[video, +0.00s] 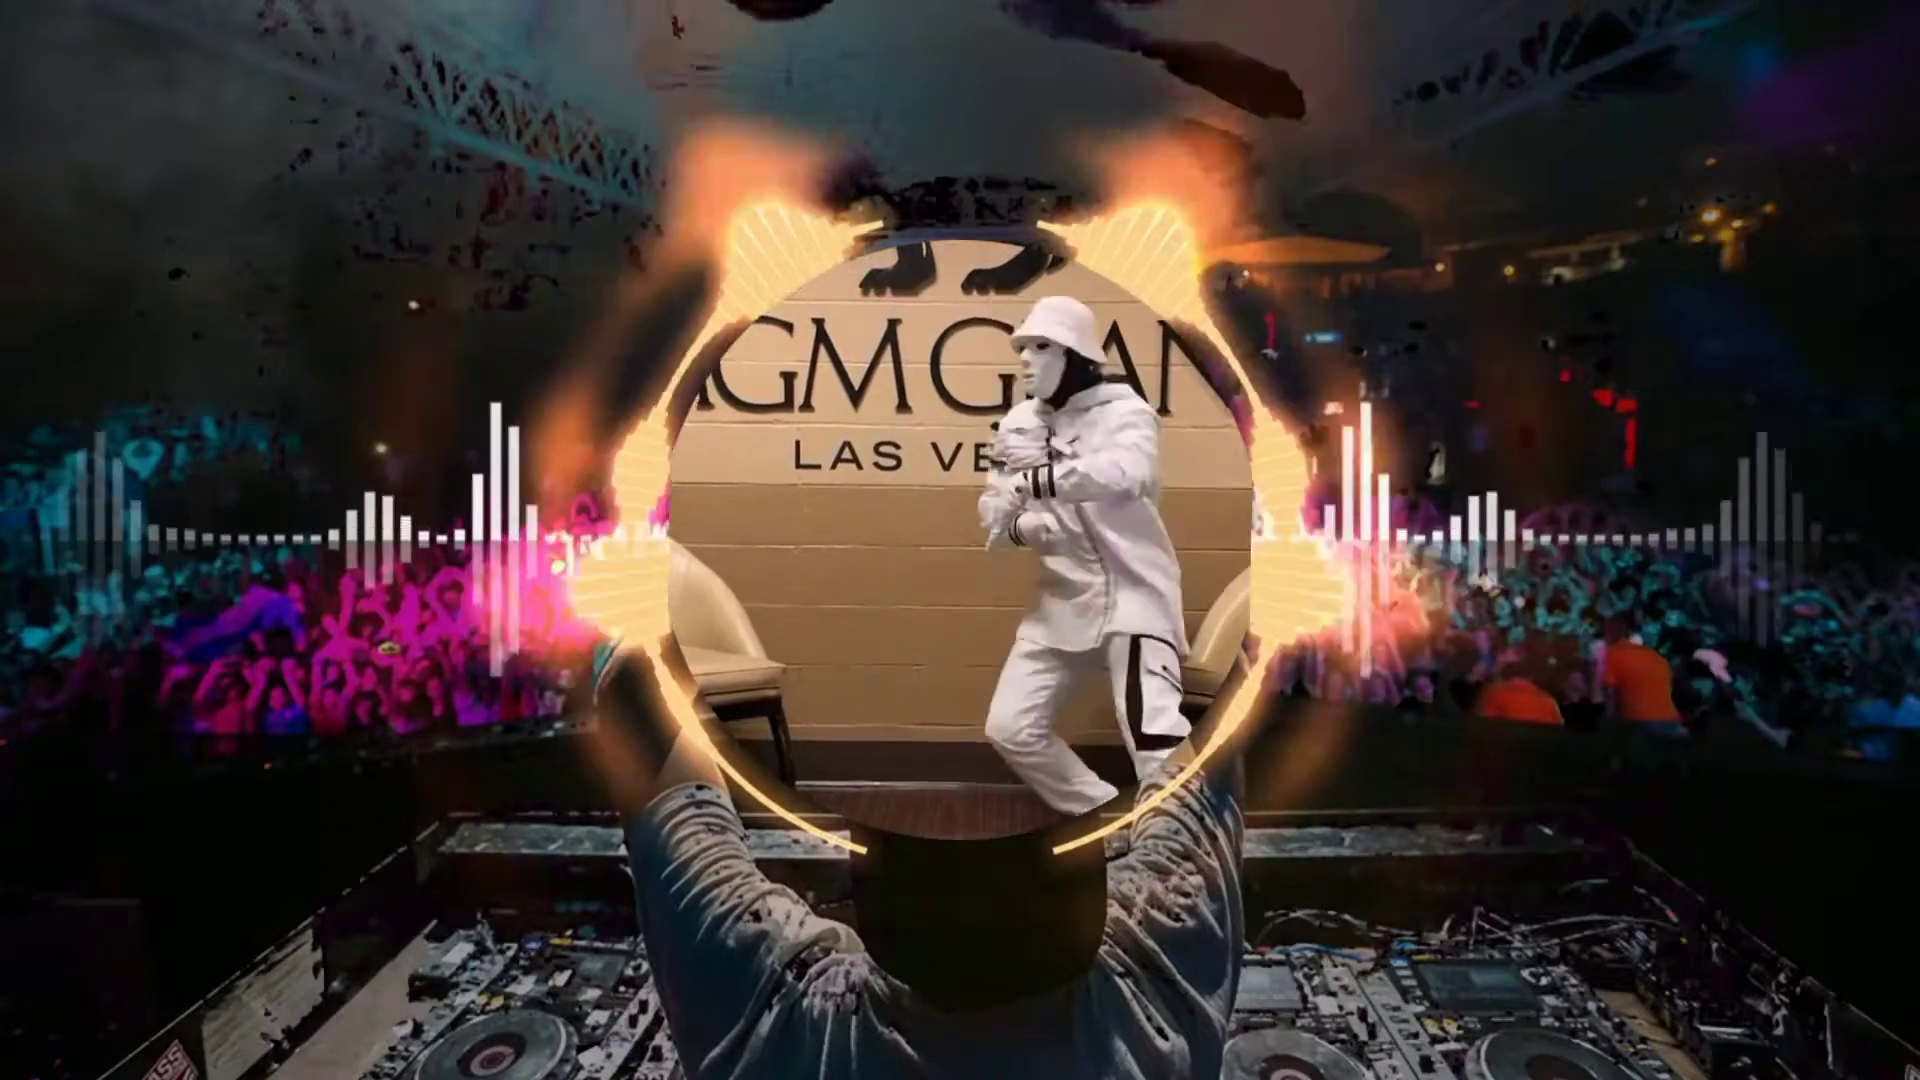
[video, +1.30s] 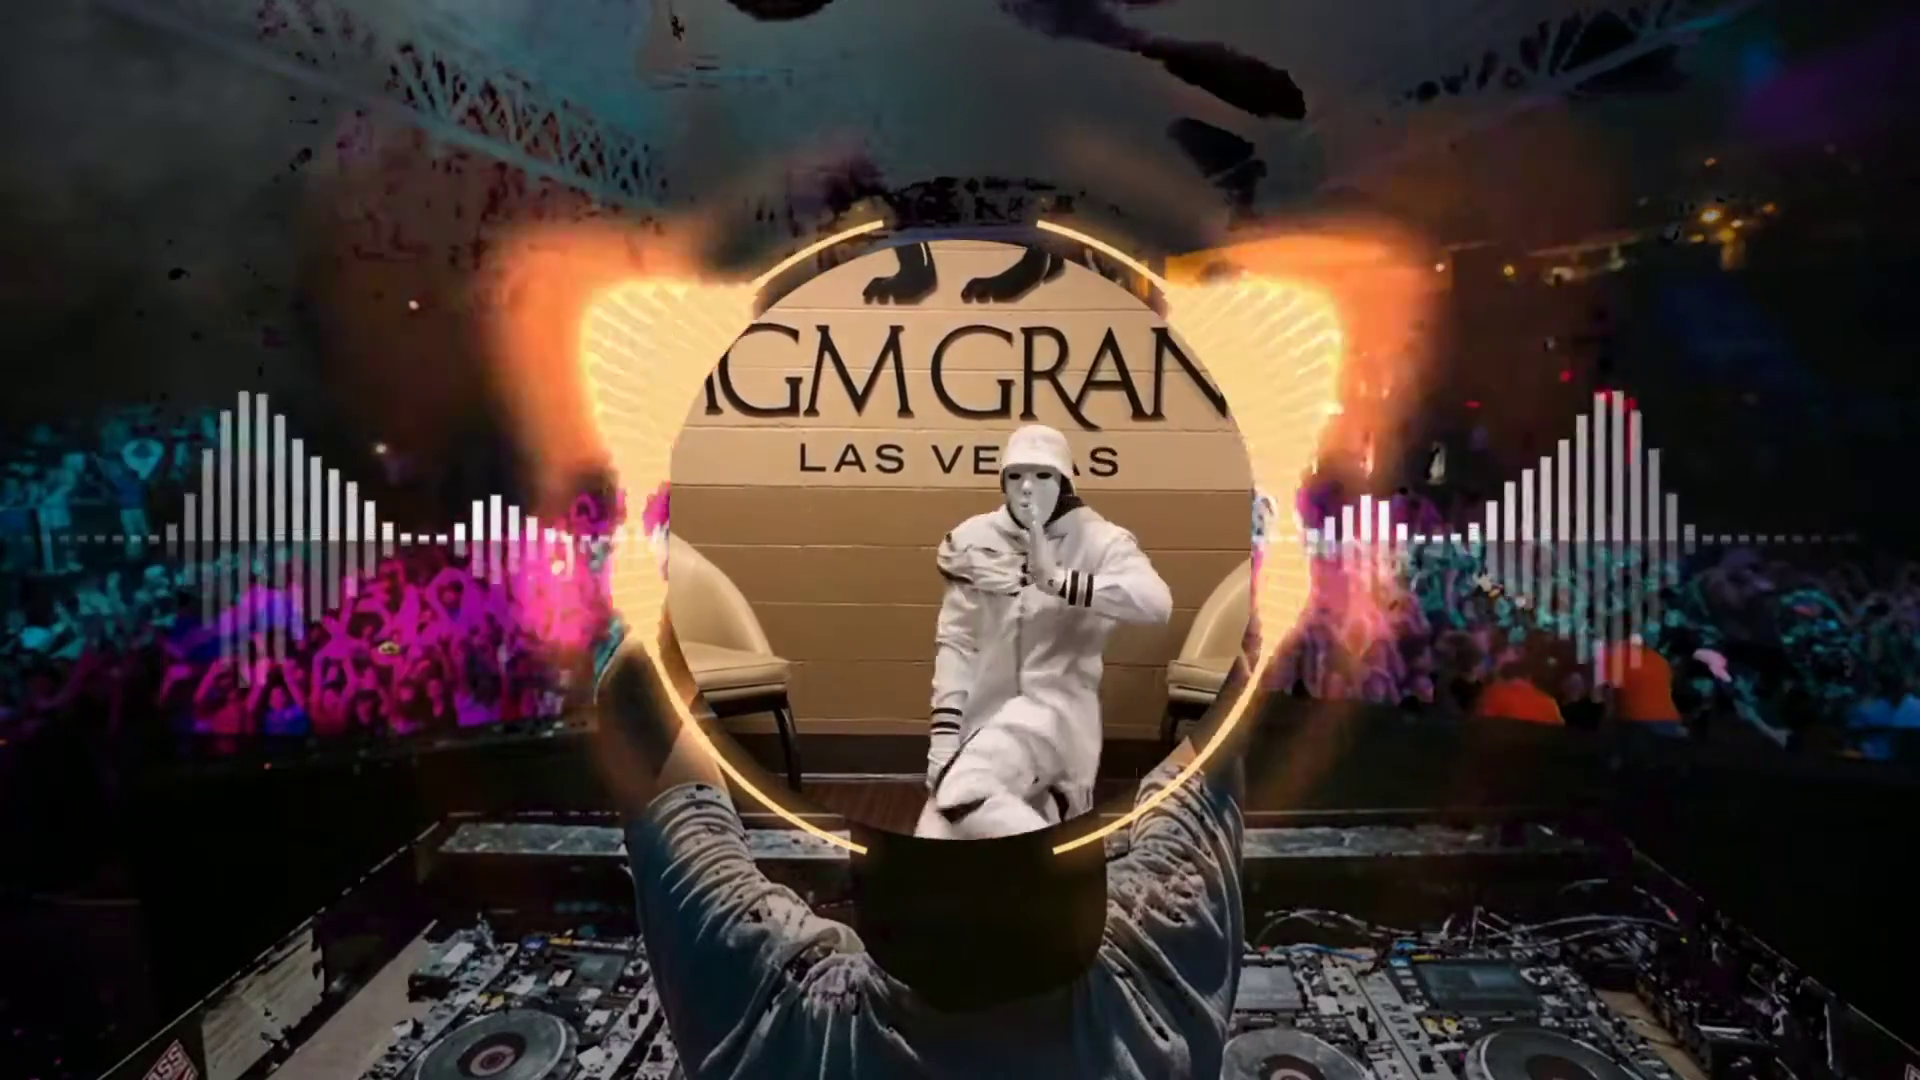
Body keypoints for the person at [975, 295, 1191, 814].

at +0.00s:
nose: (1024, 361)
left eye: (1037, 350)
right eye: (1022, 350)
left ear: (1072, 356)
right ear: (1021, 356)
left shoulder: (1125, 410)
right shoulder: (1020, 424)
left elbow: (1129, 474)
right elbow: (992, 516)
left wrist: (1039, 477)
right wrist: (1025, 521)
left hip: (1136, 591)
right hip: (1064, 598)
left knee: (1152, 731)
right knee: (1013, 729)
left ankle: (1175, 848)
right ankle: (1110, 818)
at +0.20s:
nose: (1088, 386)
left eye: (1101, 375)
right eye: (1076, 375)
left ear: (1119, 383)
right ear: (1060, 384)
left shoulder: (1149, 433)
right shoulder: (1030, 443)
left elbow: (1141, 467)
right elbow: (1020, 510)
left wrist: (1062, 474)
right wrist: (1044, 495)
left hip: (1139, 615)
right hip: (1060, 629)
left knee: (1168, 719)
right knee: (1062, 779)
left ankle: (1182, 847)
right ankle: (1089, 875)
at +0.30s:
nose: (1090, 426)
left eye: (1102, 413)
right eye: (1077, 414)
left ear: (1121, 420)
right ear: (1061, 423)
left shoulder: (1151, 467)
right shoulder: (1031, 477)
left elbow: (1155, 502)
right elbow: (1028, 539)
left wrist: (1067, 512)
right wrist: (1059, 558)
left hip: (1139, 644)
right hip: (1065, 665)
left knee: (1158, 681)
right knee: (1075, 818)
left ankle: (1164, 811)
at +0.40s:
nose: (1095, 482)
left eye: (1109, 469)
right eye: (1082, 470)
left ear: (1127, 477)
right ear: (1065, 477)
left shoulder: (1159, 522)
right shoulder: (1033, 532)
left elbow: (1156, 550)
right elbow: (1032, 587)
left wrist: (1066, 557)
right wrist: (1053, 622)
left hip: (1144, 706)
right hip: (1068, 724)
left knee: (1152, 702)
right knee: (1066, 864)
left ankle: (1154, 834)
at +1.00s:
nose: (1095, 498)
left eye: (1110, 485)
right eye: (1082, 486)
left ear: (1128, 494)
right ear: (1066, 494)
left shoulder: (1157, 540)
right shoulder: (1027, 550)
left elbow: (1166, 576)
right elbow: (1016, 613)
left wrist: (1068, 595)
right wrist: (1044, 662)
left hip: (1138, 732)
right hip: (1064, 743)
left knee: (1165, 707)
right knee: (1057, 870)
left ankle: (1162, 835)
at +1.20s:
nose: (1063, 496)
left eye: (1078, 483)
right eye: (1051, 484)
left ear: (1097, 492)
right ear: (1036, 491)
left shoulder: (1129, 543)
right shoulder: (1004, 546)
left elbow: (1159, 597)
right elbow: (979, 634)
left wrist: (1062, 586)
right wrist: (974, 717)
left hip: (1103, 699)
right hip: (1023, 713)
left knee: (1060, 736)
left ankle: (1108, 861)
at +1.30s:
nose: (1027, 489)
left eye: (1041, 477)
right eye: (1016, 477)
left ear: (1063, 484)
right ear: (1003, 484)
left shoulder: (1097, 539)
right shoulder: (976, 540)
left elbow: (1155, 604)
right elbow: (956, 643)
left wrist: (1058, 581)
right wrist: (945, 730)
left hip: (1055, 708)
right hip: (984, 709)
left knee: (964, 792)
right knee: (932, 838)